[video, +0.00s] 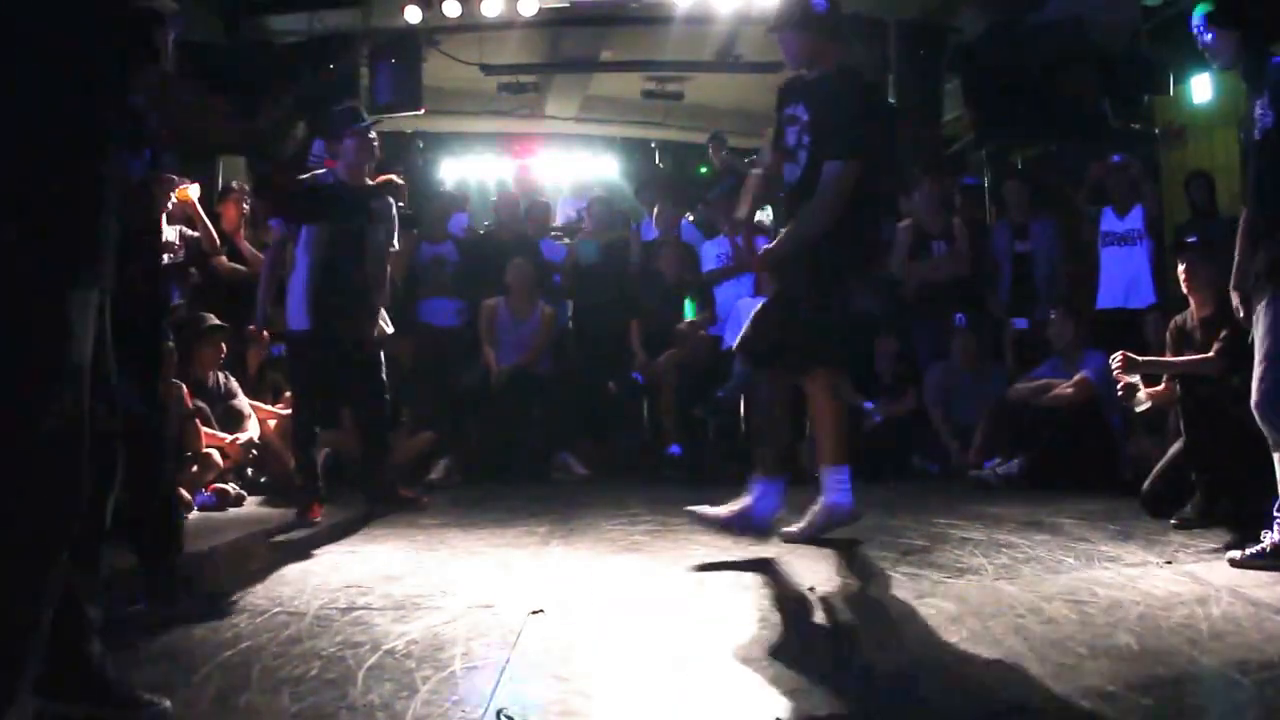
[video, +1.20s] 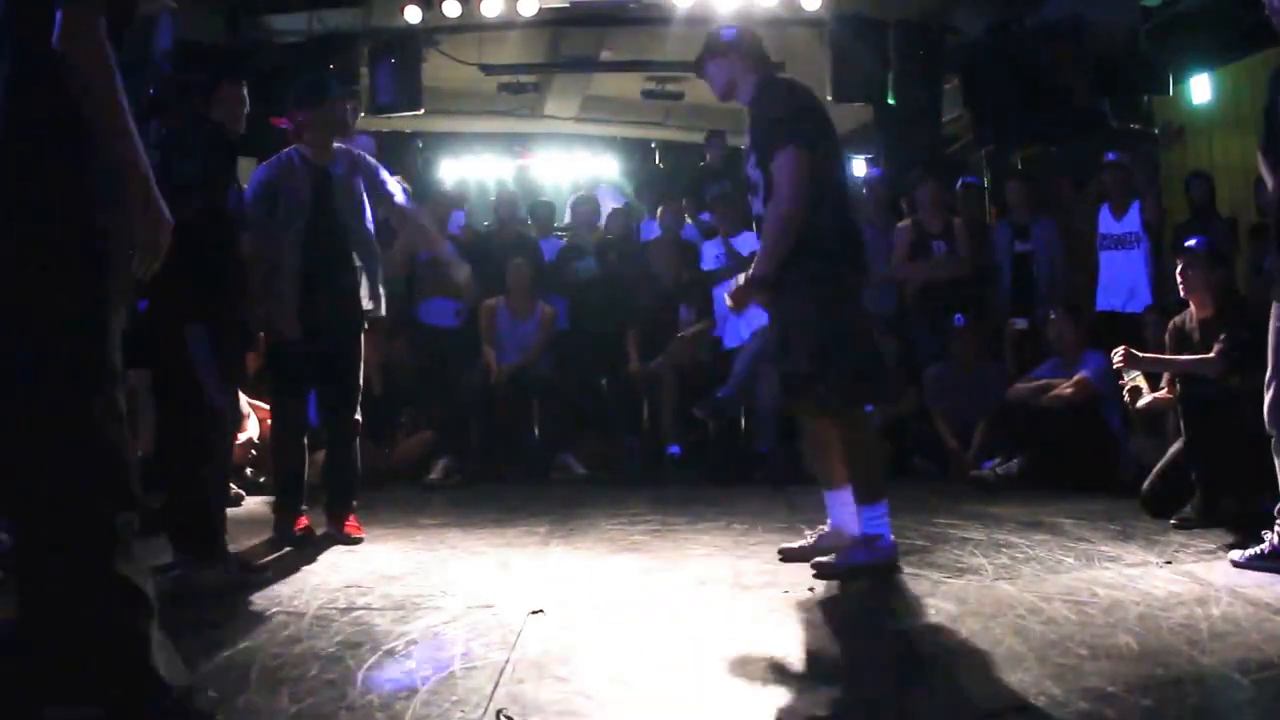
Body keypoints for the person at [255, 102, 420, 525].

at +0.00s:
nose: (369, 149)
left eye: (373, 142)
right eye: (360, 141)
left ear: (377, 151)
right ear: (337, 147)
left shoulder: (383, 202)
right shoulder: (308, 189)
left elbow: (384, 263)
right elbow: (277, 250)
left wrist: (379, 311)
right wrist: (263, 312)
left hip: (361, 321)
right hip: (308, 320)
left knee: (375, 409)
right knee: (306, 413)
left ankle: (379, 486)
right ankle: (309, 496)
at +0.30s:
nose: (331, 159)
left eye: (337, 150)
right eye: (324, 151)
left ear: (345, 148)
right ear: (305, 148)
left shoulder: (364, 191)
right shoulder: (277, 196)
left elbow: (397, 251)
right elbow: (255, 260)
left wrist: (412, 278)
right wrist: (249, 319)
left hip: (347, 326)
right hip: (294, 325)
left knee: (360, 413)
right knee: (297, 417)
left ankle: (363, 497)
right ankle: (309, 497)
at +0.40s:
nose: (329, 162)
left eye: (335, 153)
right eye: (321, 153)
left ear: (345, 147)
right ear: (304, 147)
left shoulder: (363, 185)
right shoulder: (278, 186)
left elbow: (418, 205)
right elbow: (253, 252)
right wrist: (249, 316)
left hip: (346, 321)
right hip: (293, 320)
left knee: (348, 411)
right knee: (297, 413)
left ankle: (348, 501)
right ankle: (308, 498)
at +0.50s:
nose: (331, 145)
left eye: (338, 138)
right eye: (324, 136)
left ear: (346, 142)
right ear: (306, 137)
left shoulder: (360, 185)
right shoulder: (278, 186)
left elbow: (408, 164)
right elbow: (254, 252)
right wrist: (249, 316)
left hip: (343, 317)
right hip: (291, 317)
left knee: (344, 411)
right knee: (296, 409)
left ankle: (345, 505)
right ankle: (308, 496)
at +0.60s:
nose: (336, 131)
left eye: (342, 124)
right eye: (327, 123)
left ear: (349, 131)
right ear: (307, 132)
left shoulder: (364, 174)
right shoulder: (286, 178)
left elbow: (409, 146)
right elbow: (261, 247)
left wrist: (449, 115)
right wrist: (251, 310)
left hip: (343, 313)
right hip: (291, 312)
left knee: (341, 413)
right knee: (296, 413)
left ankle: (342, 509)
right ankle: (308, 496)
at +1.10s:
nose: (339, 125)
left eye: (344, 116)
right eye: (330, 115)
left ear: (349, 121)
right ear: (307, 117)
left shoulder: (360, 164)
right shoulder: (275, 172)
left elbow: (413, 171)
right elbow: (251, 240)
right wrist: (253, 305)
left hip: (347, 308)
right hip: (293, 308)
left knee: (344, 415)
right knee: (292, 415)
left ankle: (341, 510)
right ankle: (290, 512)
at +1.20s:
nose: (340, 118)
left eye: (340, 110)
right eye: (329, 109)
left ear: (341, 116)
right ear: (300, 117)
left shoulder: (359, 167)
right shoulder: (271, 177)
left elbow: (403, 206)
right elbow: (255, 251)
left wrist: (447, 257)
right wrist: (262, 313)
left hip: (347, 314)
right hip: (291, 314)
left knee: (345, 418)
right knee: (289, 421)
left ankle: (342, 511)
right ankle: (290, 512)